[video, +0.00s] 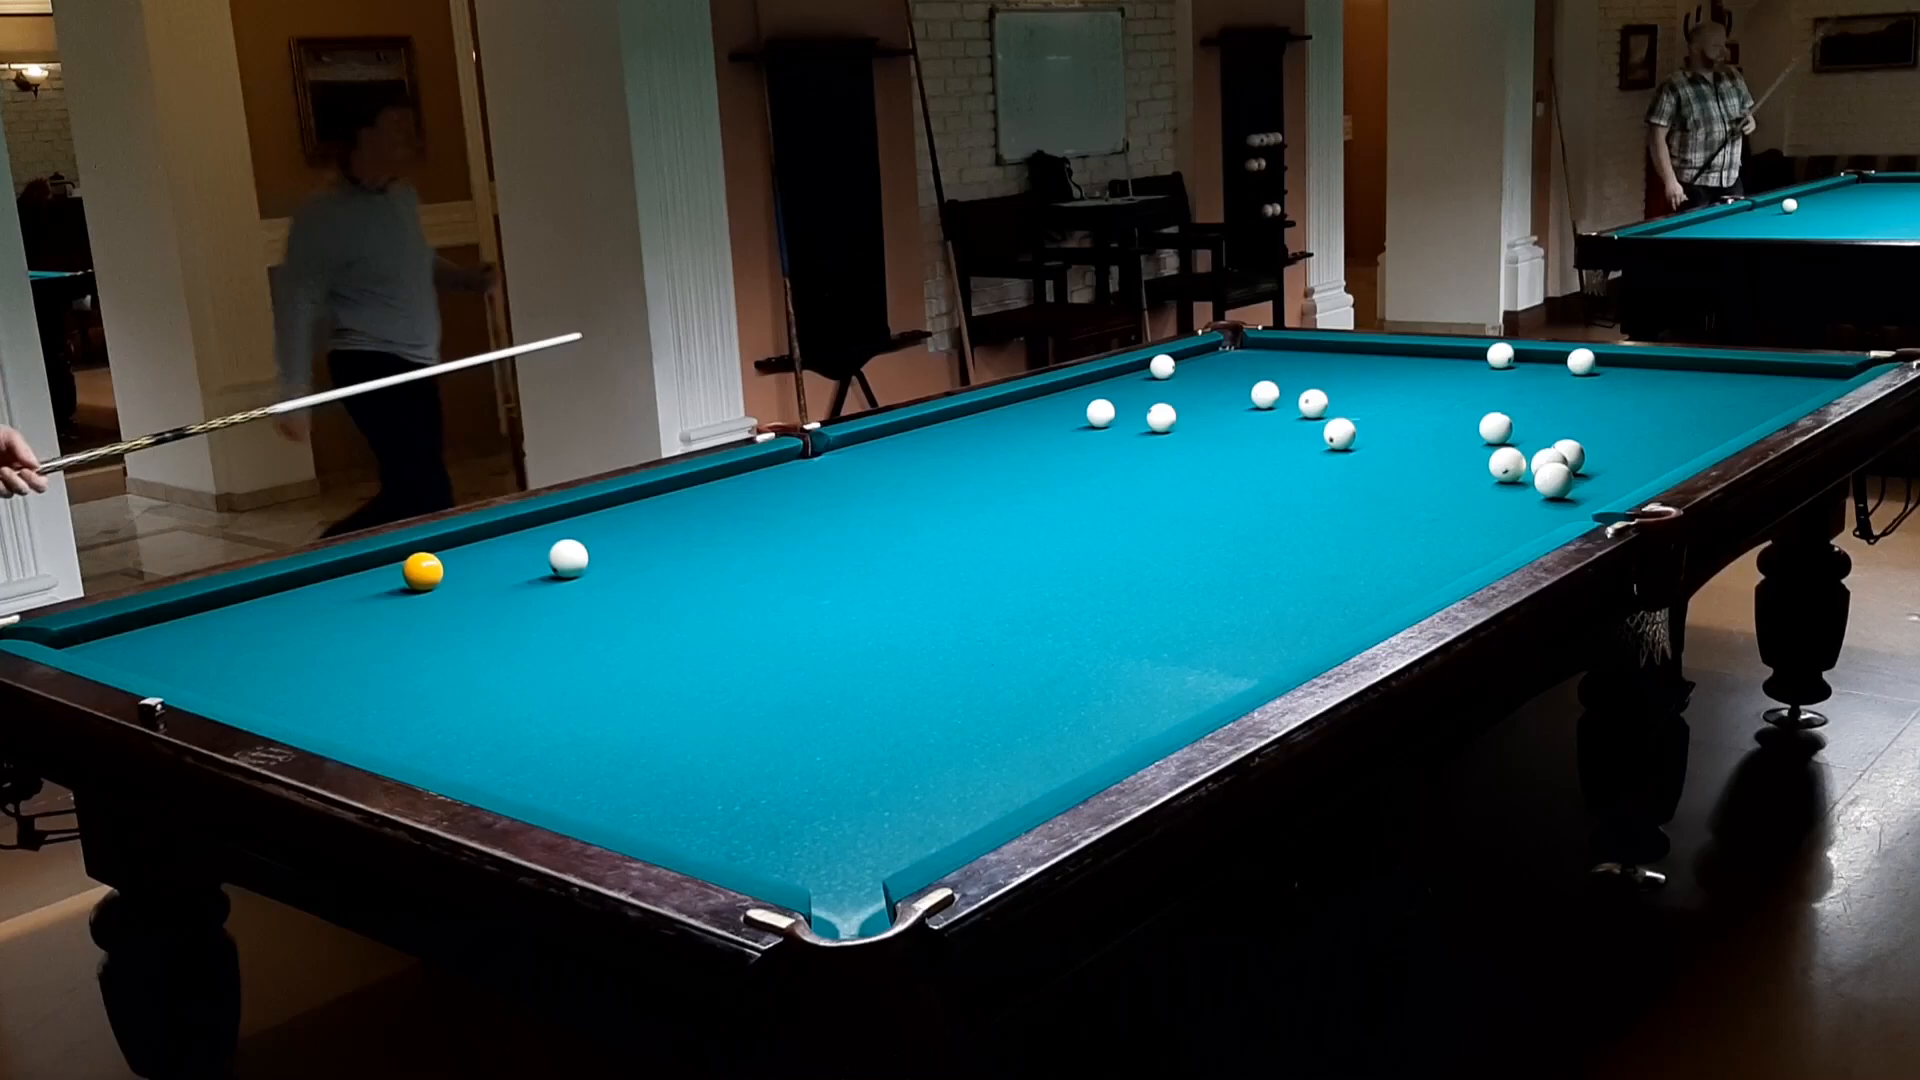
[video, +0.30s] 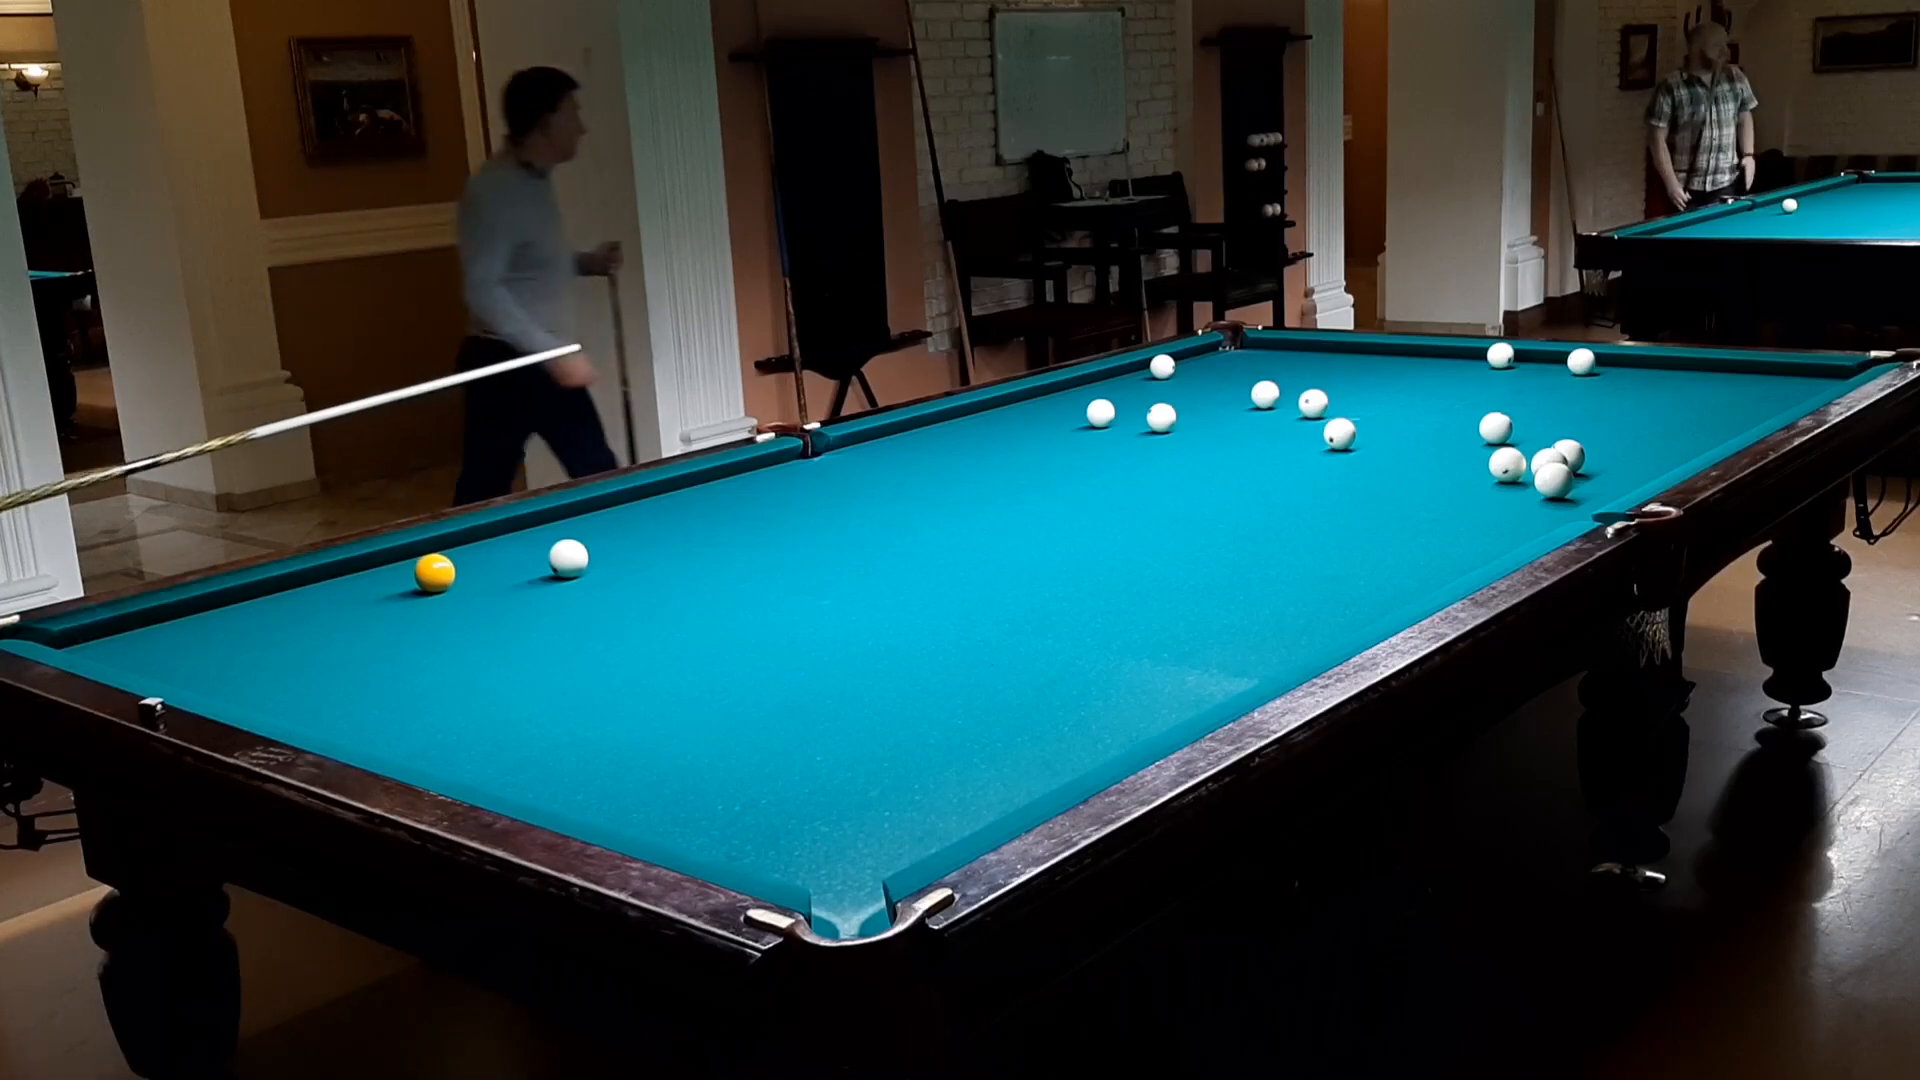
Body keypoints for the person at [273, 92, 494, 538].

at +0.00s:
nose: (402, 150)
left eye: (404, 139)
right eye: (390, 139)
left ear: (407, 143)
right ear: (357, 143)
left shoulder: (402, 200)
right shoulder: (325, 214)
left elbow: (418, 262)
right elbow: (295, 305)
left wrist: (472, 280)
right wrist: (294, 397)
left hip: (416, 362)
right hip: (368, 364)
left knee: (411, 494)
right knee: (427, 493)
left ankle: (326, 555)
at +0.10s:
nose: (468, 135)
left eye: (463, 121)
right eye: (456, 122)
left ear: (432, 132)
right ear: (423, 131)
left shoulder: (444, 188)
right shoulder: (379, 201)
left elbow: (447, 261)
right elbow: (357, 308)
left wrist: (502, 271)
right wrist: (379, 397)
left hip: (466, 359)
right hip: (418, 365)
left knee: (498, 485)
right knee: (454, 496)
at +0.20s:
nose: (526, 128)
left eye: (522, 115)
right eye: (515, 115)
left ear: (485, 124)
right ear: (483, 122)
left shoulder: (484, 179)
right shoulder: (436, 189)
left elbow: (482, 256)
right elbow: (417, 297)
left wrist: (539, 263)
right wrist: (468, 375)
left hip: (499, 353)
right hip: (450, 357)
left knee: (560, 469)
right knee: (461, 497)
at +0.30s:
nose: (582, 128)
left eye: (578, 115)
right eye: (572, 115)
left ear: (544, 126)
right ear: (543, 123)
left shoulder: (535, 179)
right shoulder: (494, 188)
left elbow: (529, 259)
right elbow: (481, 290)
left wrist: (583, 262)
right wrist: (553, 352)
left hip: (545, 359)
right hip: (500, 362)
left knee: (603, 484)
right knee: (481, 503)